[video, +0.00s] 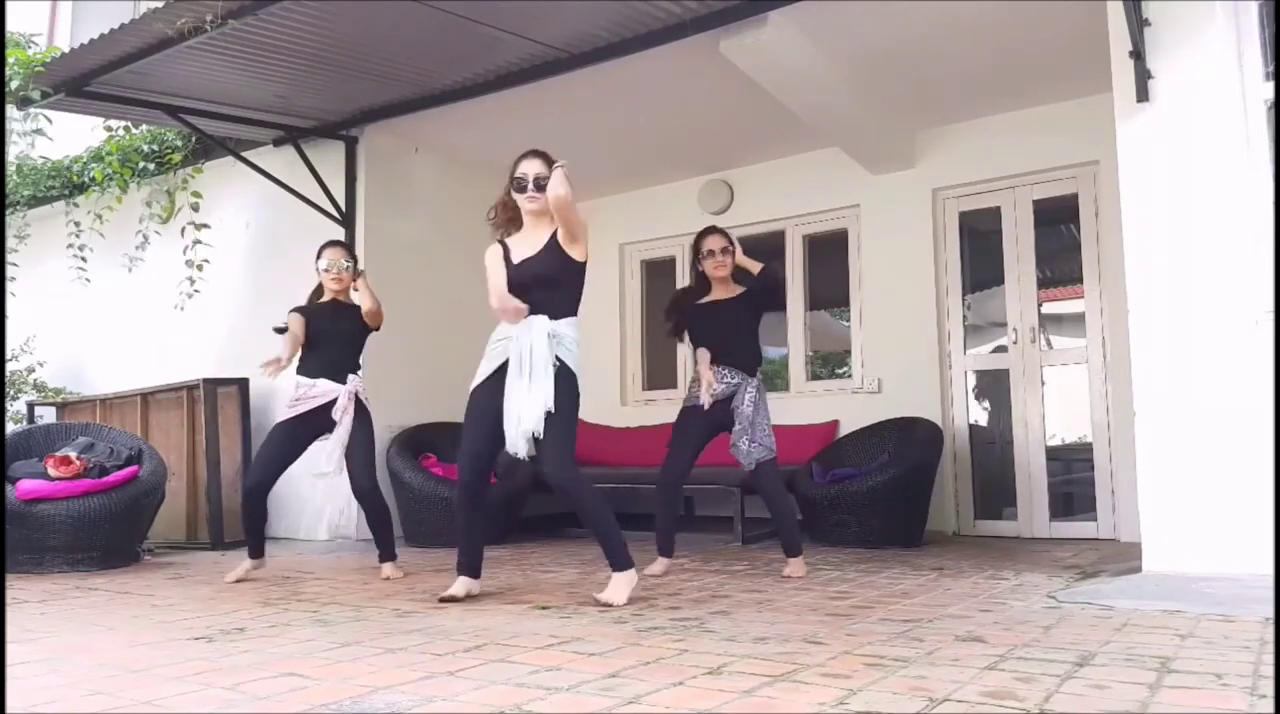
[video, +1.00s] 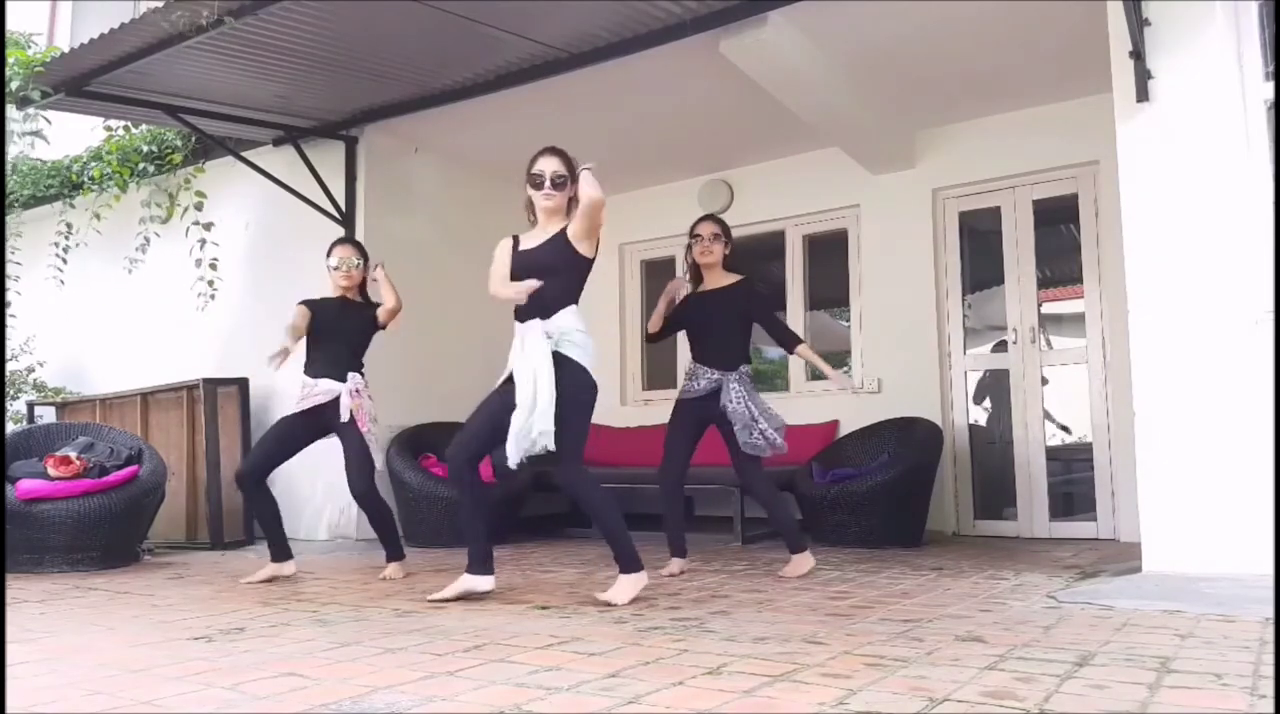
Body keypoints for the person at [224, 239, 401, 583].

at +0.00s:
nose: (335, 272)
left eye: (343, 266)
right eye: (328, 266)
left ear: (353, 274)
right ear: (317, 272)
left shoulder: (361, 314)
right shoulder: (303, 312)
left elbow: (373, 312)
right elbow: (293, 338)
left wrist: (363, 286)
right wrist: (284, 357)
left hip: (351, 404)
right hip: (308, 403)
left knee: (364, 484)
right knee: (254, 483)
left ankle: (388, 560)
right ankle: (255, 557)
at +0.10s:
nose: (315, 274)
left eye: (323, 268)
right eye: (307, 269)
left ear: (335, 275)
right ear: (299, 276)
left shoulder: (351, 315)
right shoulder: (295, 313)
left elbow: (370, 309)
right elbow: (269, 344)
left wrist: (350, 284)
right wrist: (240, 358)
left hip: (338, 407)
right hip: (294, 404)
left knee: (363, 486)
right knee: (266, 491)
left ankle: (387, 560)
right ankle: (235, 562)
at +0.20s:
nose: (302, 267)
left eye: (310, 260)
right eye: (295, 262)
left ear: (324, 268)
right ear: (287, 269)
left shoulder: (341, 308)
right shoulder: (284, 309)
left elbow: (370, 297)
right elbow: (243, 323)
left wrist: (344, 272)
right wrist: (198, 324)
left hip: (330, 403)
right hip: (286, 401)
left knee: (370, 473)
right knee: (261, 490)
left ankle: (384, 552)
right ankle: (234, 564)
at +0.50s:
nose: (311, 264)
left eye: (319, 257)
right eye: (304, 258)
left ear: (334, 265)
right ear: (297, 263)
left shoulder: (345, 306)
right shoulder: (283, 300)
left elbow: (373, 301)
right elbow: (252, 319)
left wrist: (350, 270)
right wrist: (224, 336)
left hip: (324, 399)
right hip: (280, 396)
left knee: (370, 467)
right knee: (253, 481)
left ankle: (356, 553)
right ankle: (236, 564)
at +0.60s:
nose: (326, 270)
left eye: (334, 265)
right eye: (319, 263)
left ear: (345, 275)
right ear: (309, 269)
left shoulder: (347, 316)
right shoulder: (289, 306)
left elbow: (376, 313)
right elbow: (276, 338)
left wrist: (358, 280)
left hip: (334, 403)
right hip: (292, 401)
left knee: (363, 483)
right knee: (254, 486)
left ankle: (389, 558)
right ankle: (243, 564)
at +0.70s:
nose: (337, 272)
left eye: (345, 266)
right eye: (330, 266)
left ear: (357, 275)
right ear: (321, 271)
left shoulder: (360, 317)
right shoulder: (301, 303)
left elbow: (384, 308)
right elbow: (298, 320)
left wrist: (372, 279)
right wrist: (312, 324)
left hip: (347, 407)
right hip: (306, 407)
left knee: (366, 488)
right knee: (258, 491)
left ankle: (395, 560)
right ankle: (244, 562)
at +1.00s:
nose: (344, 270)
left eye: (352, 264)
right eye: (337, 265)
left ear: (363, 272)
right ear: (328, 270)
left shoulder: (370, 313)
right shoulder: (311, 306)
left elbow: (393, 307)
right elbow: (297, 326)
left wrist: (381, 278)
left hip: (351, 407)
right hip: (312, 406)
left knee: (362, 489)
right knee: (249, 473)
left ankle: (396, 559)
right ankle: (281, 559)